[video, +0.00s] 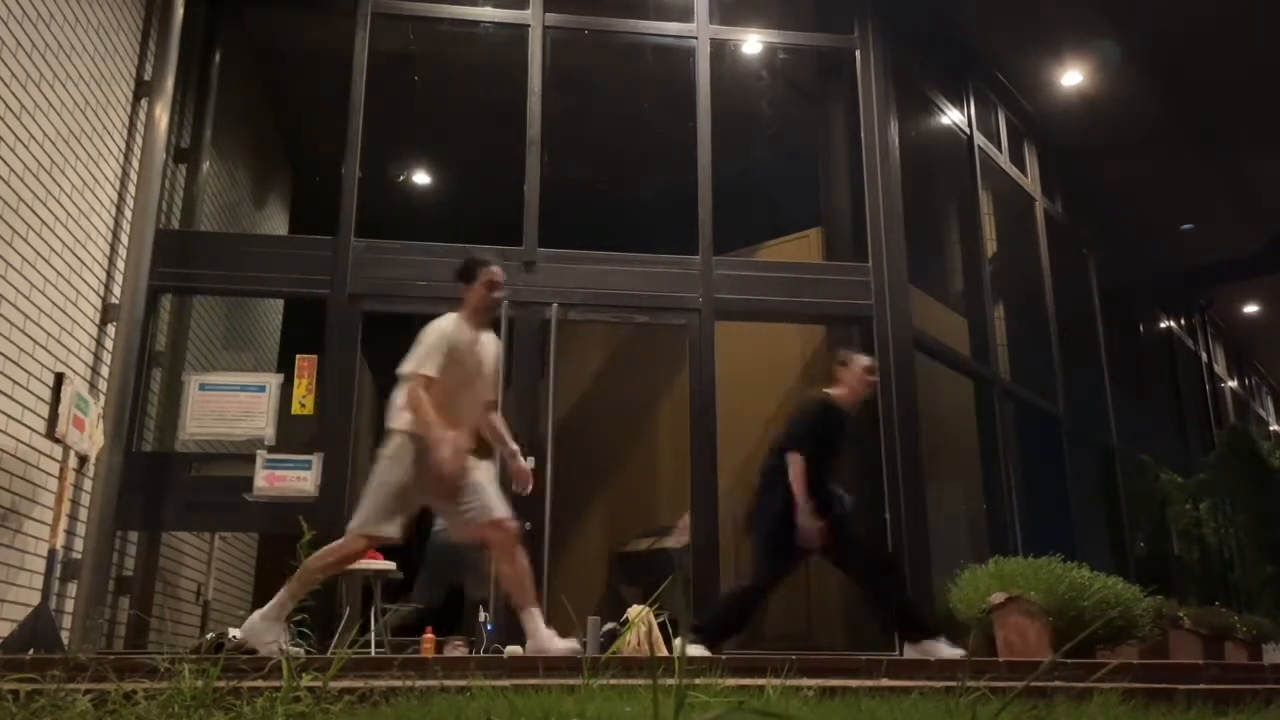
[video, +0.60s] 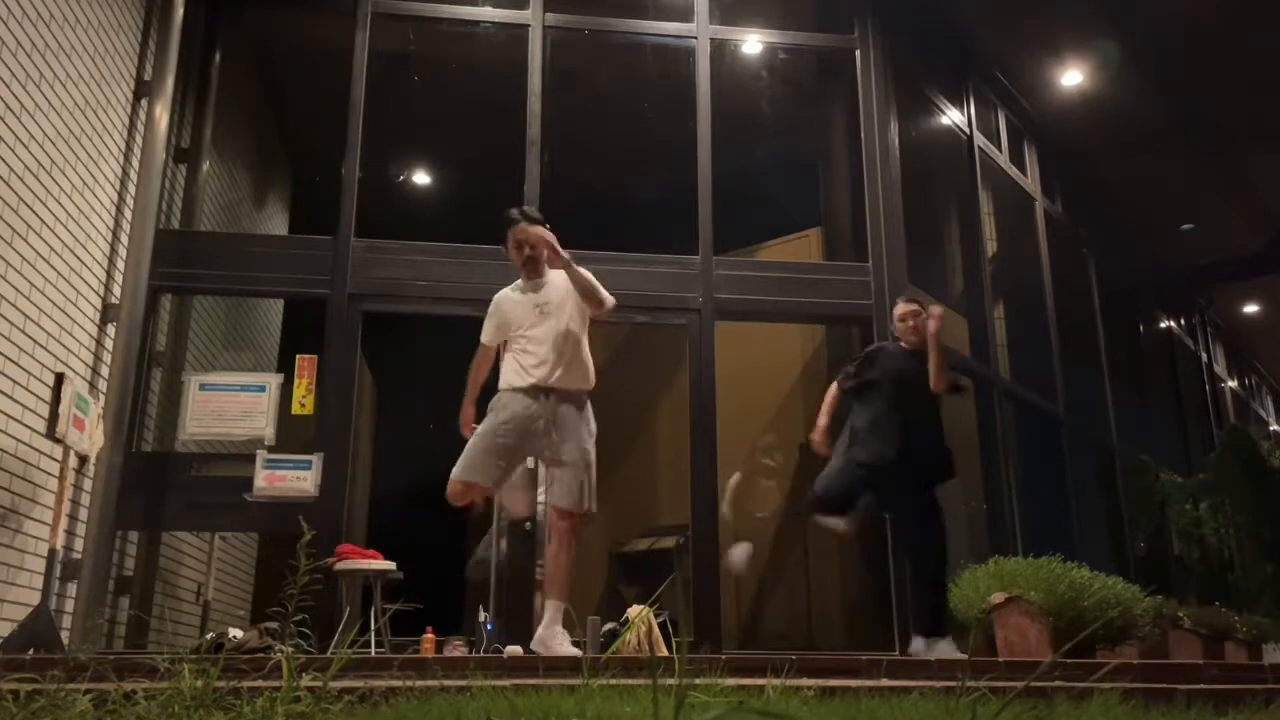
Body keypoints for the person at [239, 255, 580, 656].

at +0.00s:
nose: (499, 295)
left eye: (502, 288)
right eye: (492, 286)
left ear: (501, 292)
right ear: (467, 287)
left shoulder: (492, 344)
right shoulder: (443, 330)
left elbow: (487, 411)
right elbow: (415, 390)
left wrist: (513, 455)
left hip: (462, 456)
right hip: (410, 448)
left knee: (504, 534)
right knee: (359, 542)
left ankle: (539, 636)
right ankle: (267, 619)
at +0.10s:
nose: (522, 284)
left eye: (526, 277)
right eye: (512, 276)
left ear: (531, 282)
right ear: (491, 280)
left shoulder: (526, 331)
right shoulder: (475, 327)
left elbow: (523, 395)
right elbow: (437, 386)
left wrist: (537, 438)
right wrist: (406, 447)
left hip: (492, 447)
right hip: (446, 442)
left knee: (530, 525)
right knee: (383, 527)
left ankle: (540, 635)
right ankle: (294, 602)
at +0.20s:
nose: (533, 272)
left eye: (538, 264)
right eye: (523, 265)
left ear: (545, 267)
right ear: (505, 269)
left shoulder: (550, 315)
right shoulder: (490, 316)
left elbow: (560, 373)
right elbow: (444, 367)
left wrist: (568, 405)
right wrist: (407, 422)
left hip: (518, 434)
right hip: (473, 427)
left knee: (540, 526)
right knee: (414, 516)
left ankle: (540, 634)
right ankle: (331, 568)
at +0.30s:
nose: (532, 262)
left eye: (538, 253)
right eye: (523, 255)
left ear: (548, 256)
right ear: (508, 260)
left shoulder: (565, 305)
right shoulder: (495, 305)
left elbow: (588, 350)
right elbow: (451, 356)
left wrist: (586, 364)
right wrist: (416, 408)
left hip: (540, 424)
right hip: (493, 418)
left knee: (549, 524)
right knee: (436, 508)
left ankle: (541, 634)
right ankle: (365, 533)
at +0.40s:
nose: (530, 256)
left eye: (536, 248)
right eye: (522, 249)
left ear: (548, 250)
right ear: (509, 255)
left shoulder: (574, 296)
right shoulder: (498, 301)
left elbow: (610, 343)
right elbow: (461, 351)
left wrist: (605, 333)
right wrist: (434, 401)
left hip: (557, 421)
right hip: (506, 413)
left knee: (557, 523)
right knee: (450, 499)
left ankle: (542, 633)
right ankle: (410, 505)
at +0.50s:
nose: (528, 254)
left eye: (534, 245)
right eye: (520, 248)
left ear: (548, 246)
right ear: (508, 253)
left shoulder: (576, 290)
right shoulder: (501, 302)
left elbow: (613, 322)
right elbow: (473, 355)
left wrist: (576, 278)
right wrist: (451, 404)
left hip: (568, 414)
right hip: (514, 409)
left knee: (562, 522)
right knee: (455, 493)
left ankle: (545, 632)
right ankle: (471, 533)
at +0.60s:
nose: (527, 253)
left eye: (534, 244)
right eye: (519, 246)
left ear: (550, 246)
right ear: (510, 252)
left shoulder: (575, 282)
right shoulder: (505, 300)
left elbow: (603, 304)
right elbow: (485, 354)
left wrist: (569, 264)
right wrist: (469, 403)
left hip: (571, 409)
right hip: (516, 404)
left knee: (565, 521)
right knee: (459, 492)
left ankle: (550, 627)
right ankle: (513, 480)